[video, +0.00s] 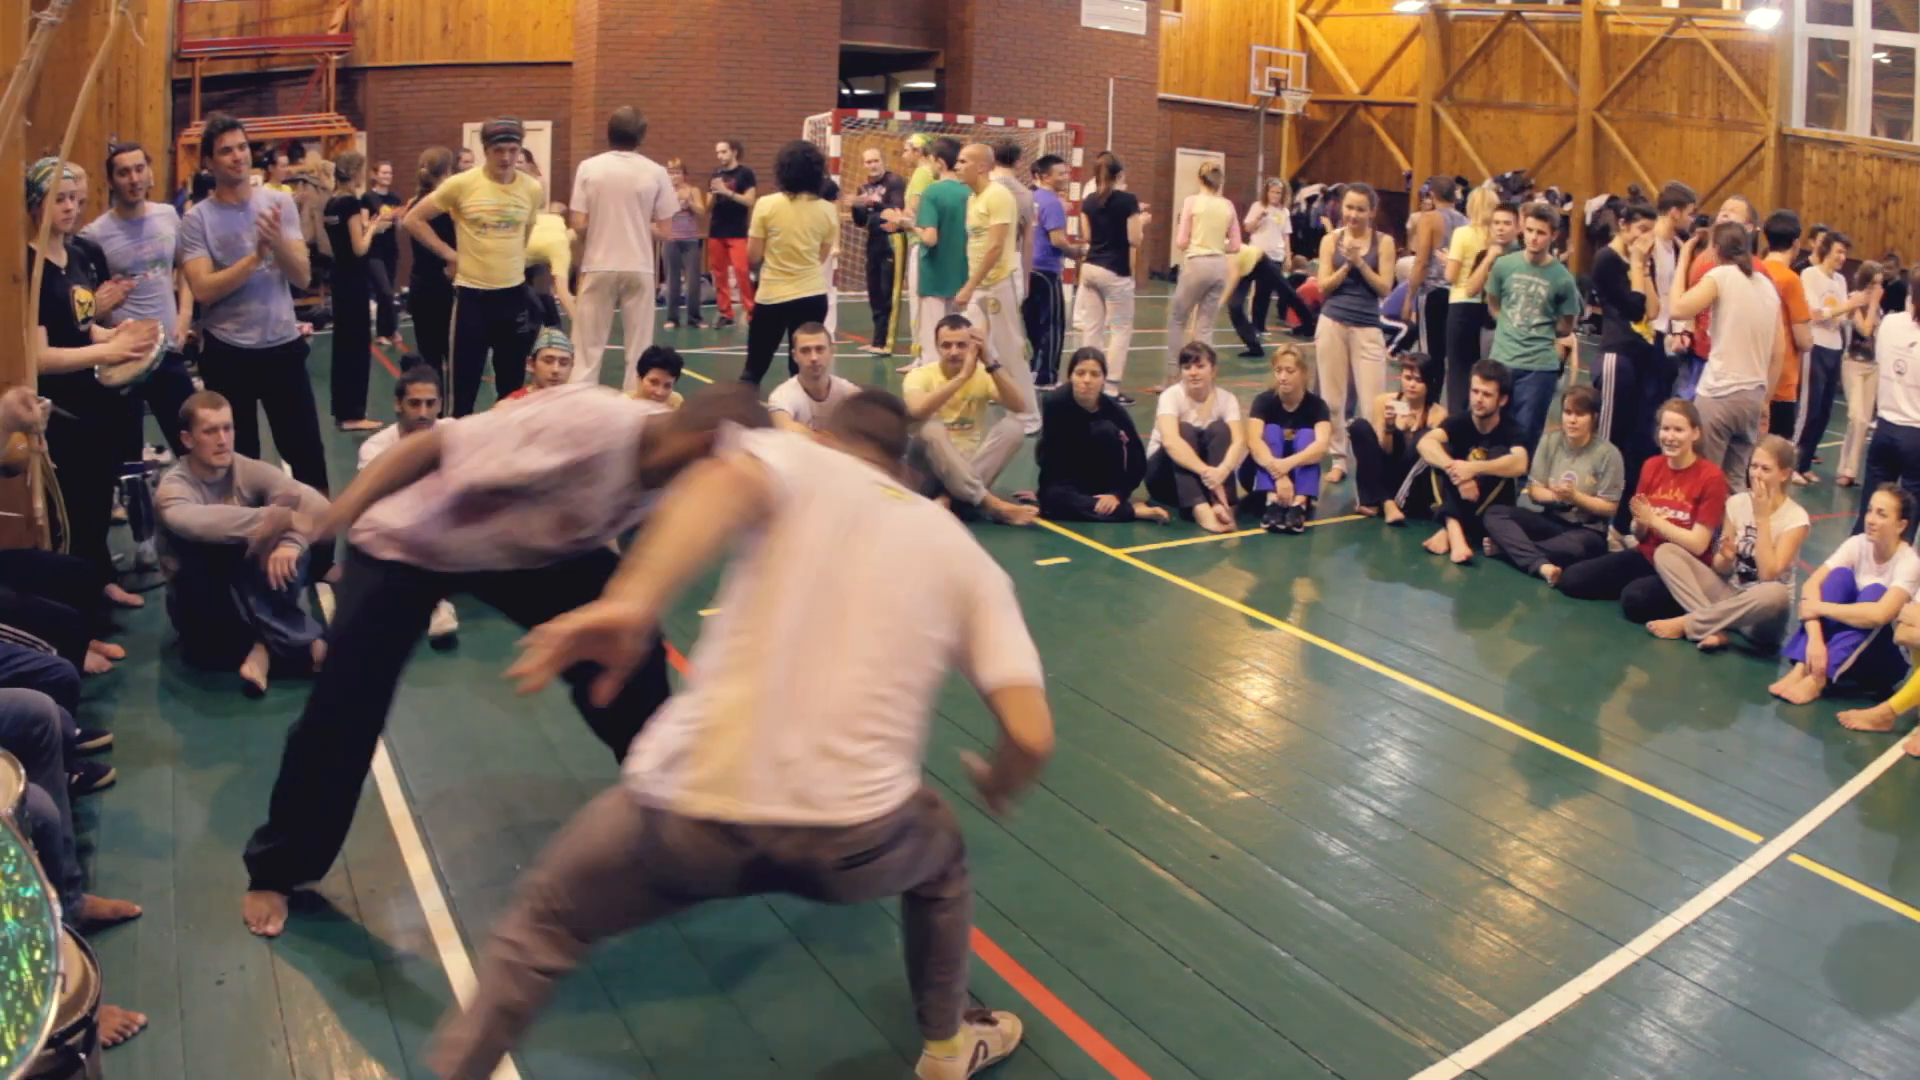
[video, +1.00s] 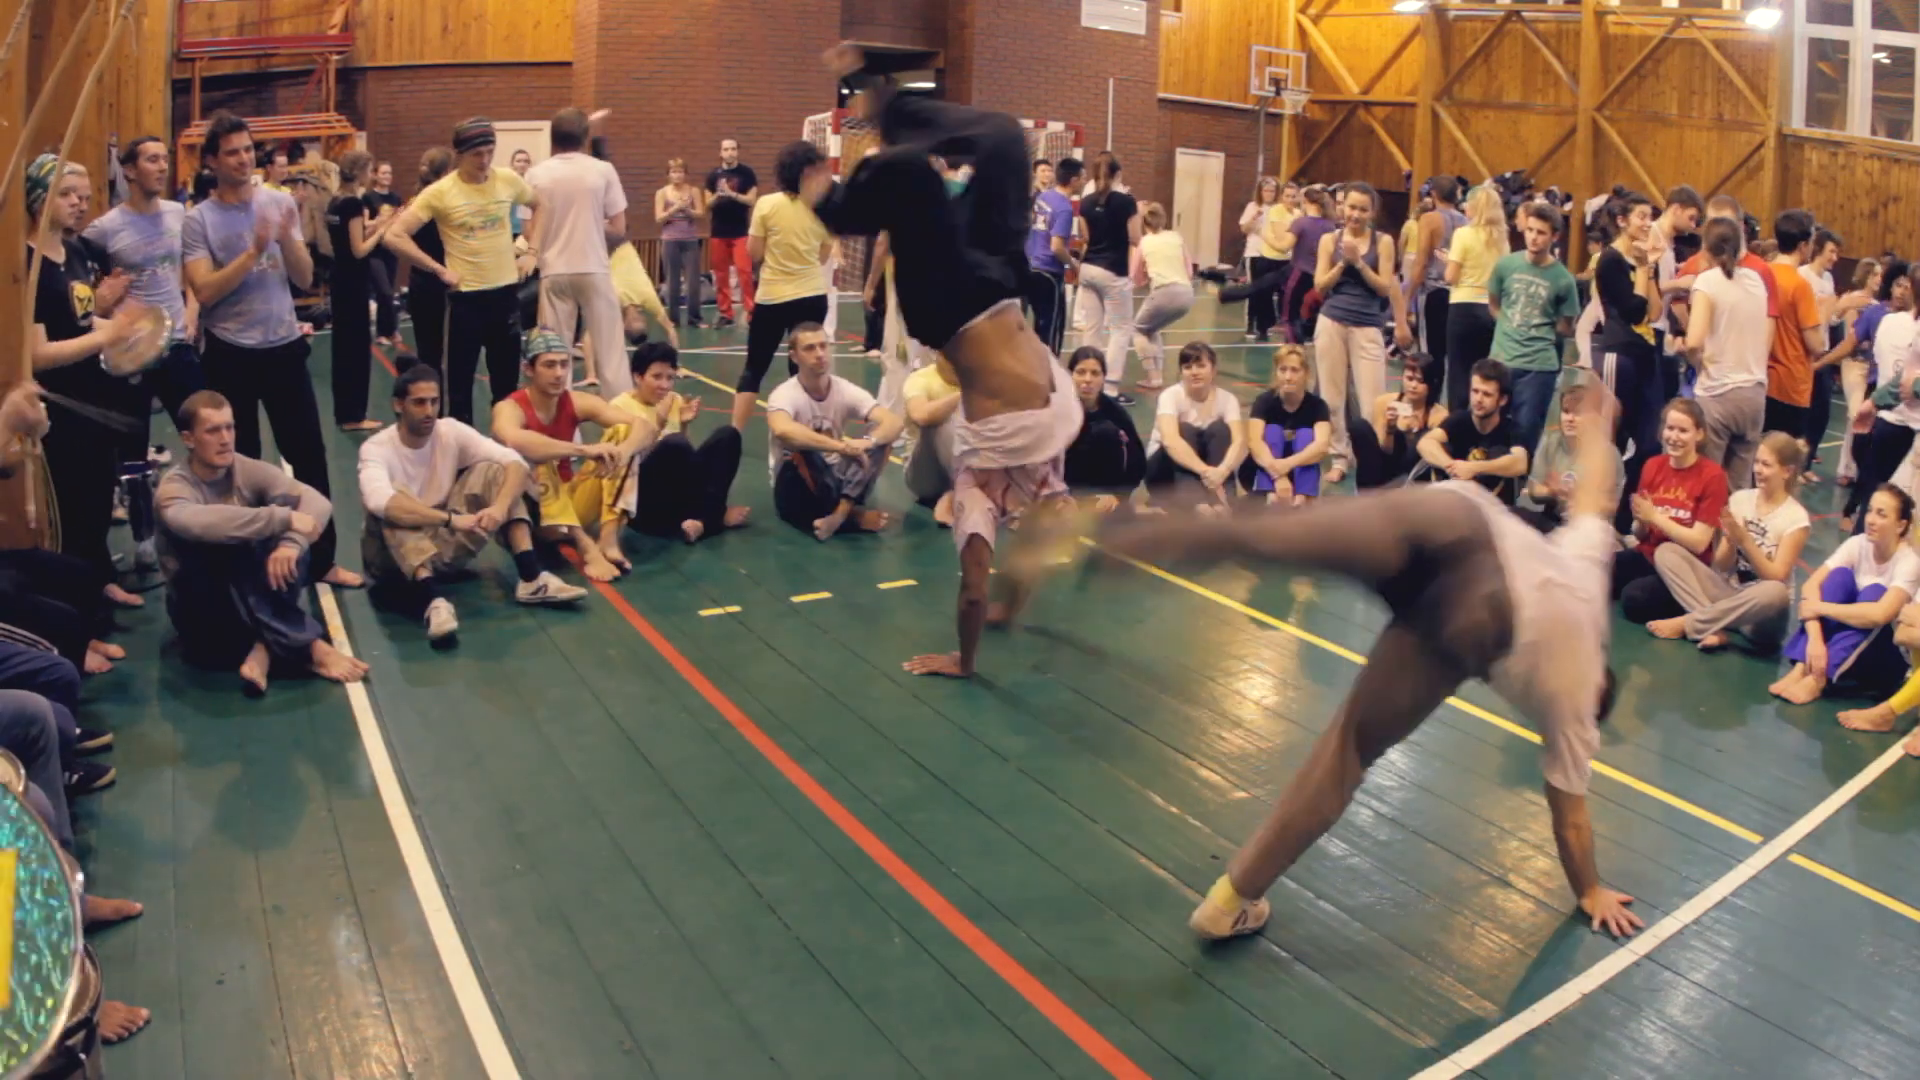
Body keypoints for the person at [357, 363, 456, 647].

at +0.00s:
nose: (423, 412)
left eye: (430, 404)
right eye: (414, 404)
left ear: (441, 404)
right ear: (399, 405)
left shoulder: (455, 436)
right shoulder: (375, 448)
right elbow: (372, 508)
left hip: (445, 533)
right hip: (393, 539)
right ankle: (438, 605)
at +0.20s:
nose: (424, 413)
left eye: (431, 403)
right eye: (415, 404)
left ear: (440, 405)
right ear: (398, 405)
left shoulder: (451, 431)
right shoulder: (376, 449)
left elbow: (511, 460)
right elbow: (380, 503)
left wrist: (500, 508)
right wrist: (452, 519)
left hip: (447, 546)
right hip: (395, 552)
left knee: (491, 470)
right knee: (396, 502)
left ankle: (532, 565)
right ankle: (435, 602)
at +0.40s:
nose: (425, 412)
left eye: (431, 403)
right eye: (415, 404)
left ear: (440, 404)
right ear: (398, 405)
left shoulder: (451, 431)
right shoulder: (376, 449)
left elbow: (516, 464)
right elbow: (381, 503)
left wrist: (500, 510)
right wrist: (449, 519)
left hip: (451, 521)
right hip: (401, 537)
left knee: (490, 473)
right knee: (397, 503)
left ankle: (532, 580)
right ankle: (439, 605)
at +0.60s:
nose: (426, 412)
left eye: (433, 403)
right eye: (417, 404)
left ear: (440, 404)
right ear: (398, 405)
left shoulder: (450, 432)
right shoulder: (376, 449)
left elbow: (516, 464)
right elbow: (381, 503)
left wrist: (501, 508)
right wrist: (450, 519)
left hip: (449, 545)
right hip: (398, 550)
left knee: (493, 471)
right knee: (396, 501)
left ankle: (532, 578)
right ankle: (435, 602)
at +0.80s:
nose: (427, 412)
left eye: (433, 403)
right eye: (418, 404)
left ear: (440, 403)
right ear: (398, 405)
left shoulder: (450, 432)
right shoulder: (376, 449)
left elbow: (516, 464)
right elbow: (380, 503)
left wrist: (501, 508)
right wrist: (450, 519)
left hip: (449, 545)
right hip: (398, 551)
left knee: (493, 471)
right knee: (396, 500)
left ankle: (532, 578)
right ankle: (434, 602)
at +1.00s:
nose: (429, 411)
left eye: (434, 402)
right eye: (419, 403)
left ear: (440, 403)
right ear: (398, 405)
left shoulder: (450, 431)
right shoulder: (376, 449)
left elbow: (516, 464)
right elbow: (379, 502)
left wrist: (500, 509)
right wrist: (450, 519)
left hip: (450, 545)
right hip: (399, 552)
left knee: (492, 470)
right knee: (397, 499)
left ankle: (532, 577)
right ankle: (434, 602)